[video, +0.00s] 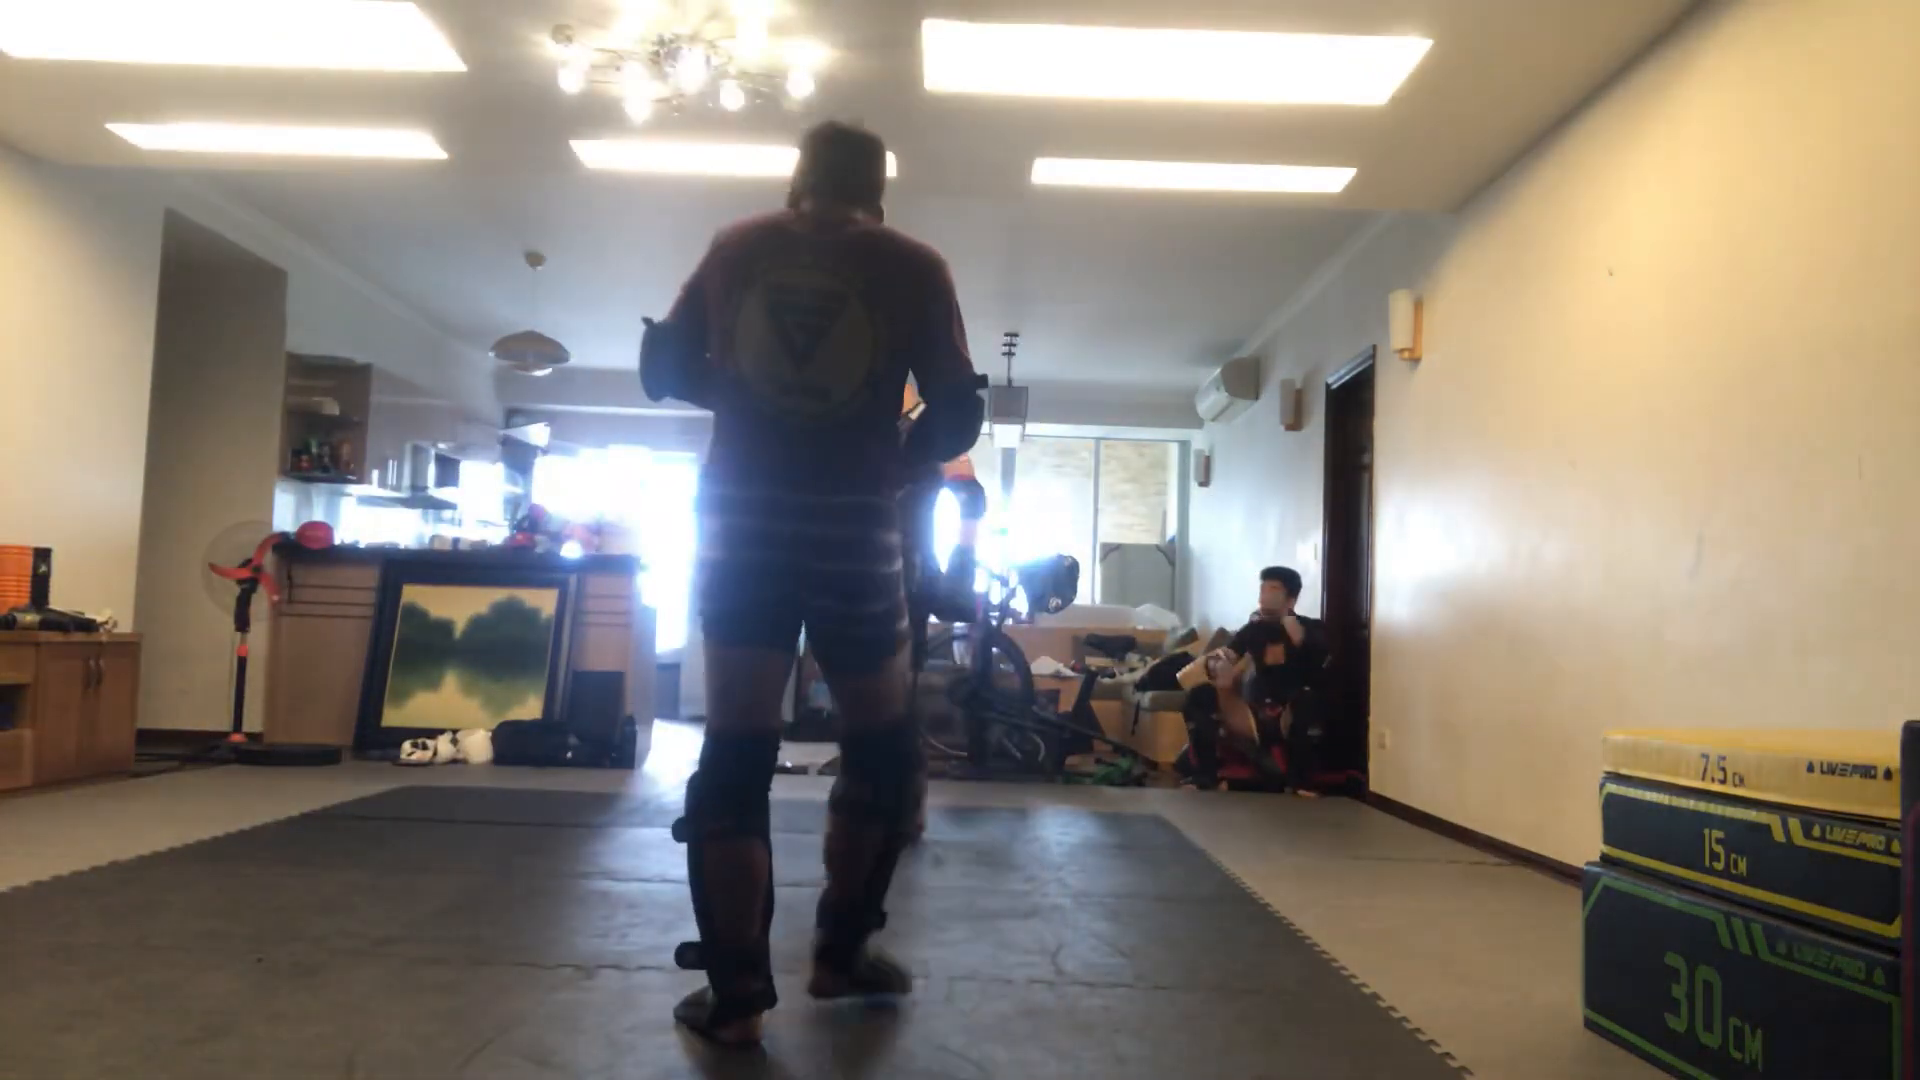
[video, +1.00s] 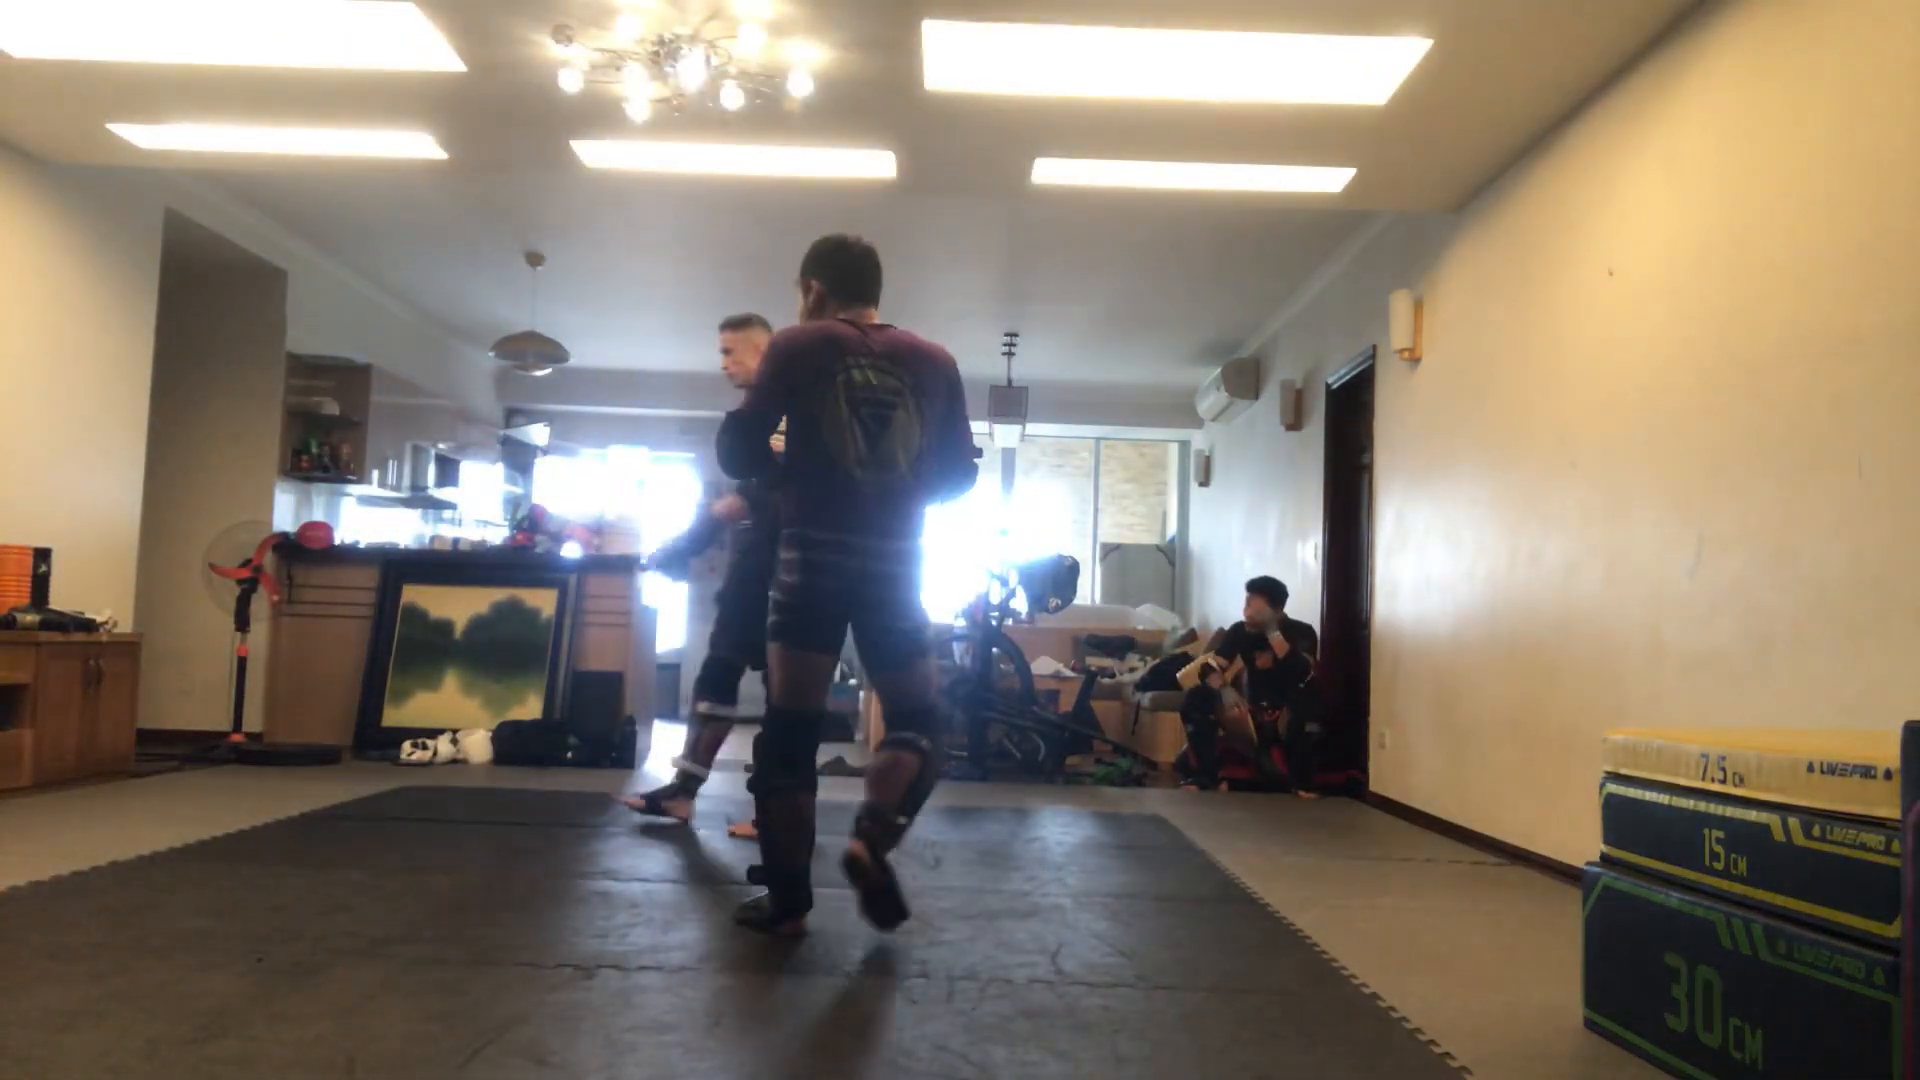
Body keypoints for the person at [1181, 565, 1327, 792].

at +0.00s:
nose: (1263, 596)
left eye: (1272, 590)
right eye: (1262, 589)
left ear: (1290, 598)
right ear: (1260, 593)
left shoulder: (1312, 629)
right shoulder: (1253, 629)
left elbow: (1320, 665)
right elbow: (1221, 661)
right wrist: (1217, 665)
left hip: (1294, 714)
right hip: (1252, 714)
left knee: (1308, 700)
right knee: (1200, 696)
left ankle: (1300, 782)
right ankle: (1204, 776)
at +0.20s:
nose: (1256, 600)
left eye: (1263, 593)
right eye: (1256, 593)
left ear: (1285, 599)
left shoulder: (1309, 629)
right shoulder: (1248, 632)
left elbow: (1315, 660)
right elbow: (1222, 668)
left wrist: (1281, 617)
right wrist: (1221, 690)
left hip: (1292, 714)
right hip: (1252, 714)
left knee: (1306, 700)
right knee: (1197, 698)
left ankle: (1300, 782)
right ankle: (1206, 776)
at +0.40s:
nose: (1247, 606)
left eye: (1254, 600)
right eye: (1247, 599)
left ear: (1277, 602)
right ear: (1247, 599)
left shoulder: (1301, 627)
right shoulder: (1241, 633)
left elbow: (1301, 662)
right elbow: (1220, 665)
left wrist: (1272, 619)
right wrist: (1218, 678)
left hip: (1288, 713)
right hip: (1247, 712)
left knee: (1303, 697)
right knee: (1198, 698)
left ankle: (1301, 783)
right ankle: (1207, 778)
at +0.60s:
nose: (1242, 610)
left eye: (1249, 603)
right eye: (1242, 602)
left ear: (1271, 606)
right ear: (1241, 602)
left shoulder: (1298, 630)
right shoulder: (1238, 633)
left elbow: (1299, 669)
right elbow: (1213, 669)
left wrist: (1269, 625)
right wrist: (1218, 683)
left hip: (1286, 717)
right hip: (1247, 717)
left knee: (1306, 700)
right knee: (1197, 698)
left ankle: (1302, 782)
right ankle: (1206, 777)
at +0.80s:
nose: (1245, 612)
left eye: (1252, 606)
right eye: (1244, 605)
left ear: (1275, 611)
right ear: (1243, 604)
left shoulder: (1298, 633)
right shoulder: (1238, 632)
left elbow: (1301, 675)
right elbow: (1212, 668)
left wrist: (1268, 633)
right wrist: (1222, 688)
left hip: (1286, 716)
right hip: (1247, 717)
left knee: (1304, 694)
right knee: (1197, 697)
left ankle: (1301, 781)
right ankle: (1206, 777)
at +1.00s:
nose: (1245, 610)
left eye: (1252, 603)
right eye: (1246, 602)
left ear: (1273, 607)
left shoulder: (1301, 632)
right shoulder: (1239, 631)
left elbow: (1303, 675)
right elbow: (1211, 667)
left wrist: (1273, 633)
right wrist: (1225, 689)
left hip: (1288, 717)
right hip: (1249, 716)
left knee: (1305, 699)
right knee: (1196, 698)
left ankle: (1302, 783)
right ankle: (1206, 777)